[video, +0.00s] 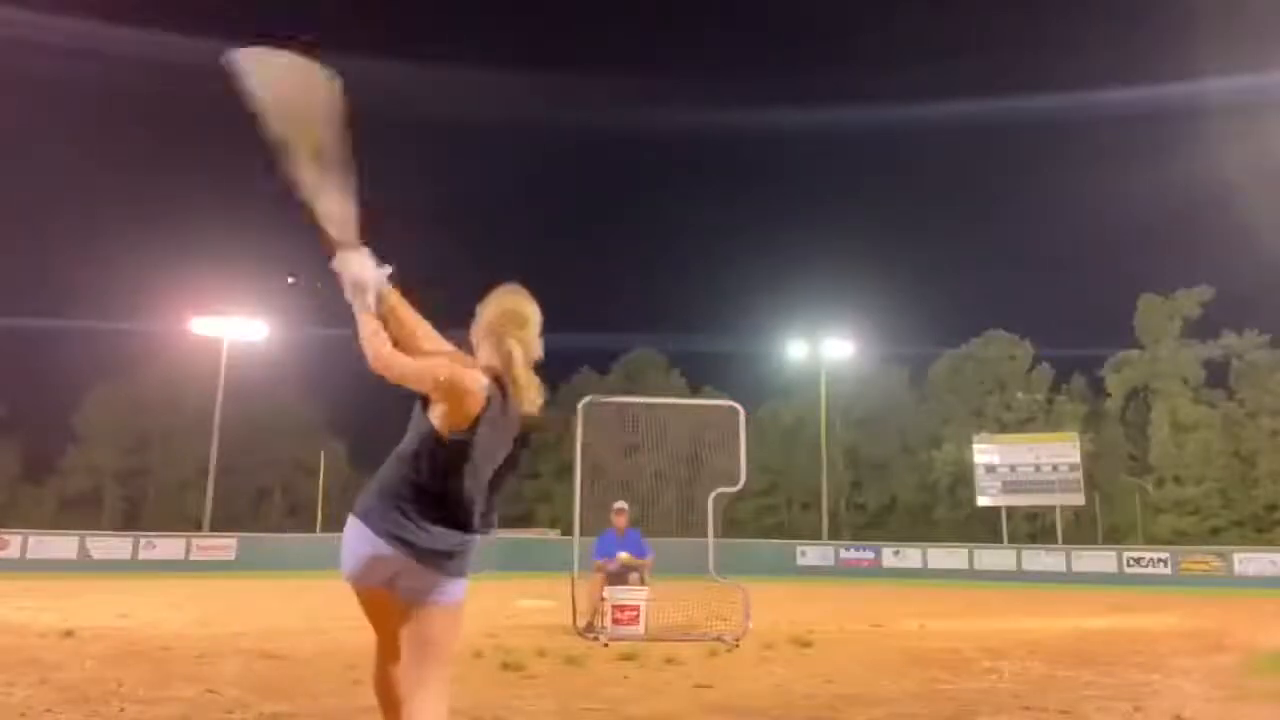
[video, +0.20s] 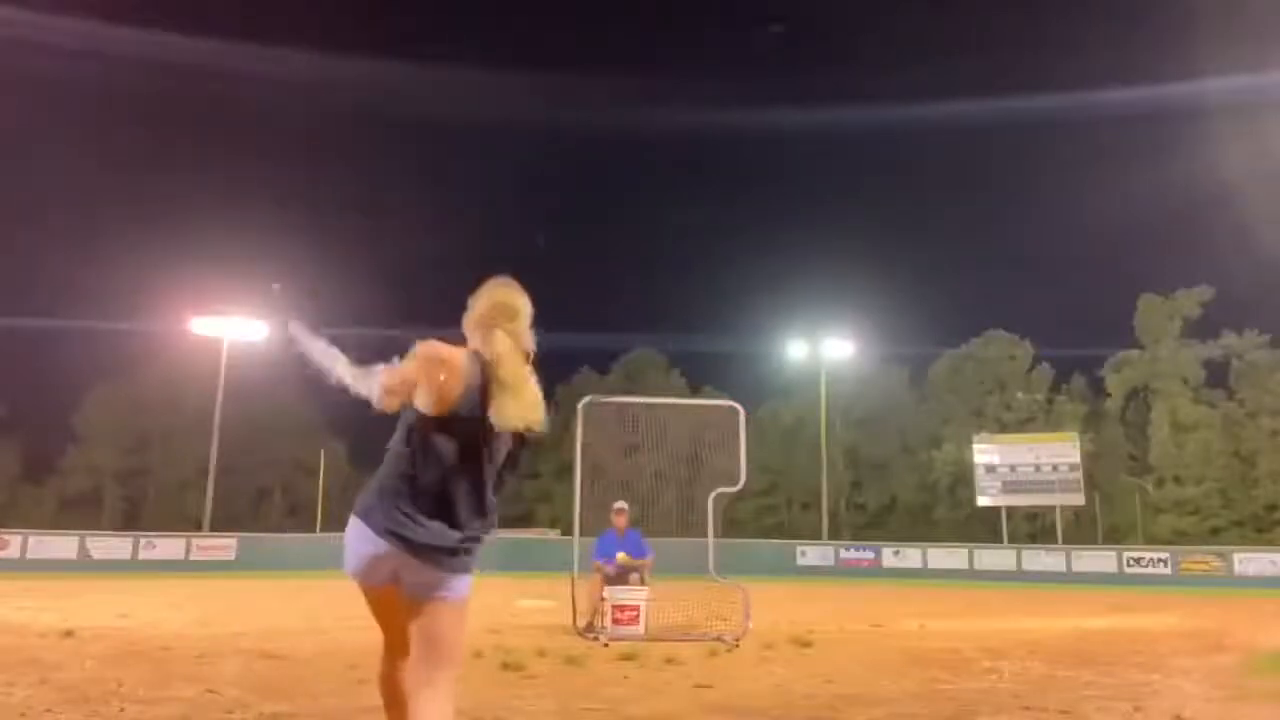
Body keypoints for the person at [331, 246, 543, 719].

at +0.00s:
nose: (470, 326)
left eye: (475, 319)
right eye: (474, 321)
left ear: (480, 326)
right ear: (531, 339)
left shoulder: (460, 377)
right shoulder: (516, 398)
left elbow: (382, 358)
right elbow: (429, 345)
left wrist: (361, 298)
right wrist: (382, 288)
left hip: (378, 533)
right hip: (445, 555)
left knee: (389, 650)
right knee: (427, 689)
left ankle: (396, 718)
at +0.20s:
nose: (466, 319)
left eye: (470, 313)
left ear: (472, 319)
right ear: (525, 329)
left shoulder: (437, 360)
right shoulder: (525, 391)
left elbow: (379, 389)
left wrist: (319, 351)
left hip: (379, 532)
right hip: (449, 553)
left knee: (396, 651)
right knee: (435, 682)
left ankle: (401, 717)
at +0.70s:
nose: (487, 294)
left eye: (482, 285)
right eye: (477, 285)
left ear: (446, 296)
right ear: (451, 295)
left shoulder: (448, 351)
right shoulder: (433, 348)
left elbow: (485, 414)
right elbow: (446, 438)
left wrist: (540, 441)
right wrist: (526, 452)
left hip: (384, 509)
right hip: (379, 510)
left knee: (418, 648)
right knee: (414, 648)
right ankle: (381, 712)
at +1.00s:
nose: (459, 253)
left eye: (454, 245)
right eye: (444, 245)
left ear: (438, 262)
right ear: (413, 262)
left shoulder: (451, 322)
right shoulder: (380, 313)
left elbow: (485, 417)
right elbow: (346, 392)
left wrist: (475, 356)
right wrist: (434, 341)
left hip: (375, 508)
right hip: (342, 507)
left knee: (381, 643)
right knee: (404, 638)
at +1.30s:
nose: (430, 231)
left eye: (428, 222)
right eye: (418, 223)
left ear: (422, 232)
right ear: (379, 230)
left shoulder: (435, 304)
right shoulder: (334, 276)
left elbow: (453, 367)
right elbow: (293, 344)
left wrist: (413, 296)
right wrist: (359, 275)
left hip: (362, 488)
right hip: (310, 480)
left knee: (322, 634)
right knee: (359, 626)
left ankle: (242, 710)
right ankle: (322, 712)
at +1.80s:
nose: (375, 246)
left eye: (371, 236)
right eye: (368, 236)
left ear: (314, 240)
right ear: (349, 241)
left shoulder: (305, 289)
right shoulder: (320, 282)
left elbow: (394, 377)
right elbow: (344, 356)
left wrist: (418, 319)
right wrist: (386, 301)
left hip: (247, 482)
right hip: (282, 485)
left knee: (241, 637)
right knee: (337, 620)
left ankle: (183, 713)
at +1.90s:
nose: (374, 244)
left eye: (370, 235)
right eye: (367, 234)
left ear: (313, 239)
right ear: (349, 240)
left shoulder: (300, 287)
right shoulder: (331, 278)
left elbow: (391, 381)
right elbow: (361, 353)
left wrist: (426, 322)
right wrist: (396, 299)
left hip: (246, 476)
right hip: (288, 478)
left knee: (249, 635)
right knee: (340, 624)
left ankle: (182, 713)